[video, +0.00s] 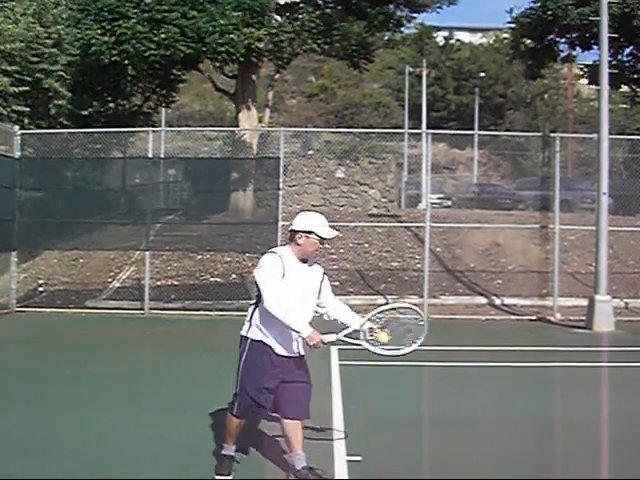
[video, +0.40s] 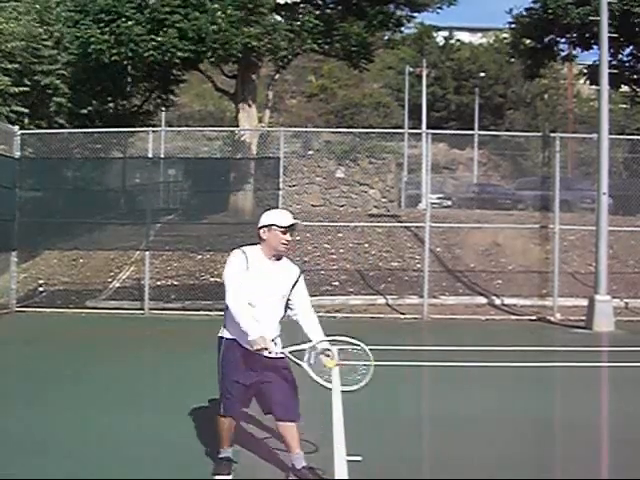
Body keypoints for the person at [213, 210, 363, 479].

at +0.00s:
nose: (321, 245)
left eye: (322, 240)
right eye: (318, 239)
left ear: (306, 240)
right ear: (299, 237)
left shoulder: (316, 273)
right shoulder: (272, 260)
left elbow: (329, 306)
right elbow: (271, 301)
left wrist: (363, 325)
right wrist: (305, 330)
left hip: (292, 348)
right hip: (261, 343)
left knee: (293, 407)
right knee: (245, 403)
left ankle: (299, 466)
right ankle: (227, 453)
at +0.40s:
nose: (289, 238)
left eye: (291, 232)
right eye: (283, 231)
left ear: (291, 236)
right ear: (264, 232)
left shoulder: (291, 272)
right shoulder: (240, 258)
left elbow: (304, 311)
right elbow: (235, 301)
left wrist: (323, 346)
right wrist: (255, 335)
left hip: (272, 348)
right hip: (236, 343)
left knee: (285, 404)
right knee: (231, 403)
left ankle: (299, 465)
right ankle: (224, 458)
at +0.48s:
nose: (286, 236)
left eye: (289, 231)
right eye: (280, 229)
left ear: (292, 236)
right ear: (262, 231)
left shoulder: (291, 274)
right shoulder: (238, 257)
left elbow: (299, 316)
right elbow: (223, 296)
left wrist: (309, 354)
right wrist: (225, 334)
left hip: (272, 349)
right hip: (236, 345)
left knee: (290, 403)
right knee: (229, 404)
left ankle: (299, 463)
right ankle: (224, 459)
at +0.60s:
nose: (286, 233)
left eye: (289, 230)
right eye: (280, 227)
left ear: (291, 236)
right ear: (263, 229)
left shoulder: (293, 271)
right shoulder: (238, 255)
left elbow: (306, 309)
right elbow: (211, 286)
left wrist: (322, 340)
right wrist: (190, 316)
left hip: (276, 351)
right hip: (238, 347)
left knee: (294, 407)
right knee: (230, 406)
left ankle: (303, 463)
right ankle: (225, 458)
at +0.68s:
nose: (288, 232)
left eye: (292, 228)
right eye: (282, 226)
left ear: (294, 235)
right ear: (265, 229)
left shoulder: (299, 269)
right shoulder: (242, 256)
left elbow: (321, 294)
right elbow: (208, 280)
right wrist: (175, 300)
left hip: (281, 352)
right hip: (242, 347)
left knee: (299, 411)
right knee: (232, 408)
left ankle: (307, 462)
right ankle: (225, 459)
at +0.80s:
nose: (296, 229)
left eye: (298, 226)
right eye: (289, 225)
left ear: (300, 235)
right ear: (272, 233)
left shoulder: (313, 261)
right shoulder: (254, 261)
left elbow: (344, 254)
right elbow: (216, 277)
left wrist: (366, 232)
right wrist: (177, 268)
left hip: (292, 353)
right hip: (252, 351)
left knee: (306, 413)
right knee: (237, 407)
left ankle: (311, 463)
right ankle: (226, 460)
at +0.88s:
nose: (302, 229)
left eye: (303, 226)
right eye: (295, 224)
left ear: (304, 235)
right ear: (278, 234)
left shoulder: (322, 258)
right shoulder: (264, 264)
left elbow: (352, 246)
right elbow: (233, 282)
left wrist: (369, 220)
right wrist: (199, 262)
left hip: (306, 351)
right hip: (267, 351)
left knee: (316, 419)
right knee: (245, 410)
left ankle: (310, 462)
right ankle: (228, 463)